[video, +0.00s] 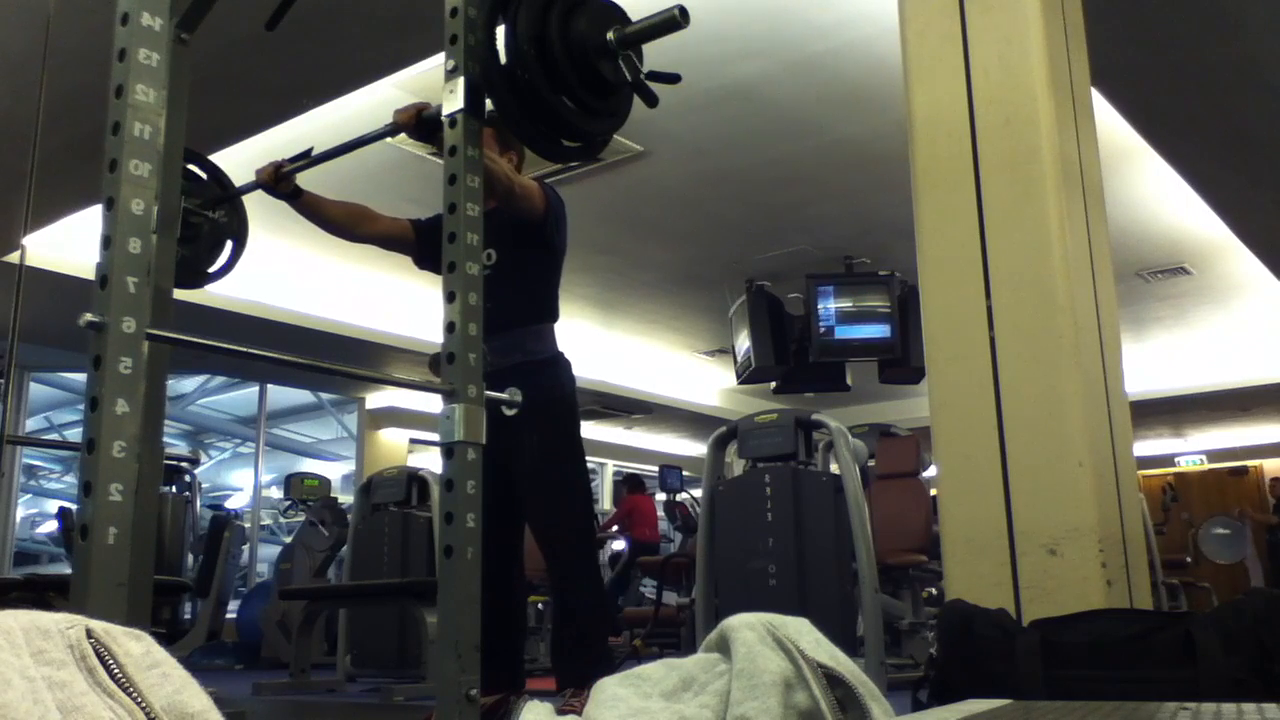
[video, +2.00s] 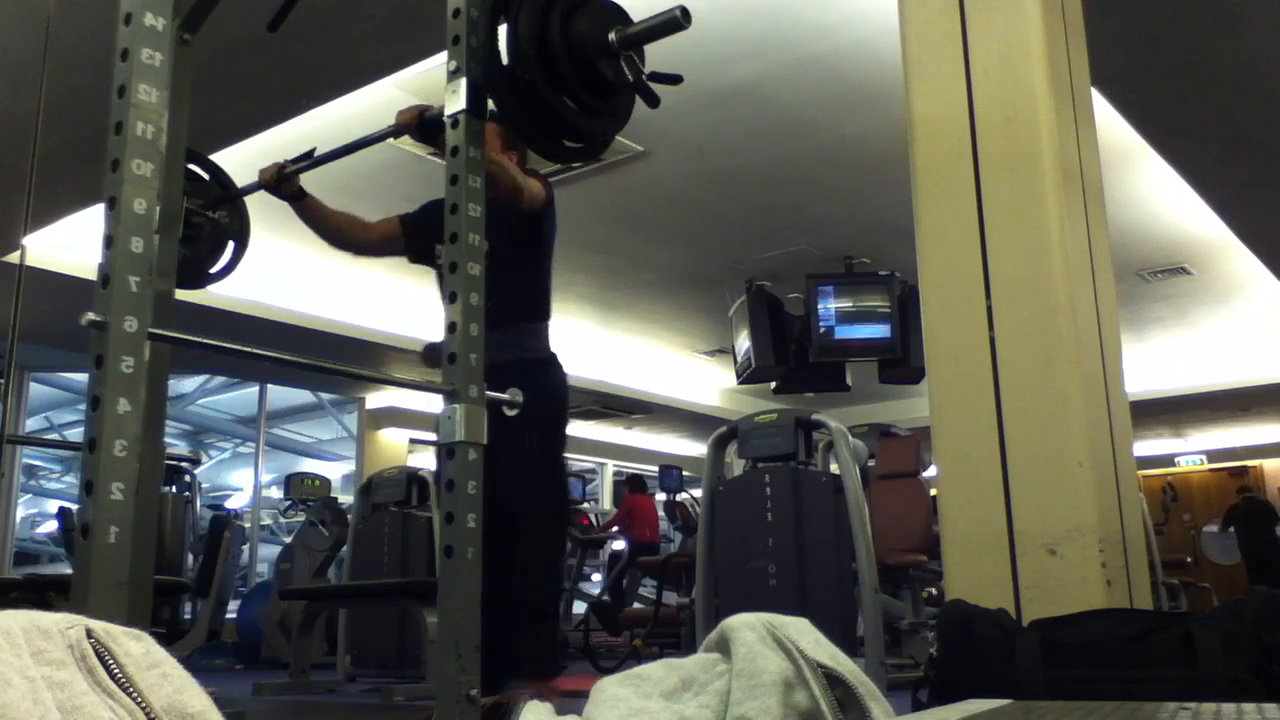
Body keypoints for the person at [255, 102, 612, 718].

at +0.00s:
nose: (467, 166)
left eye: (477, 154)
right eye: (461, 159)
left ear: (510, 155)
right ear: (458, 165)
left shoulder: (542, 208)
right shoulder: (457, 227)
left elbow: (504, 180)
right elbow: (369, 224)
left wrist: (441, 133)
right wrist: (295, 193)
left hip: (536, 384)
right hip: (475, 393)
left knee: (563, 538)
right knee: (487, 547)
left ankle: (580, 684)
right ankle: (497, 687)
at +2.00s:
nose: (470, 154)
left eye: (482, 143)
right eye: (465, 144)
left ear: (513, 152)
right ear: (455, 154)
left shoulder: (535, 198)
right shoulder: (447, 215)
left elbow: (506, 183)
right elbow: (361, 235)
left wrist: (443, 139)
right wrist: (296, 194)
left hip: (527, 383)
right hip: (469, 386)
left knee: (529, 532)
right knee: (472, 536)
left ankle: (532, 687)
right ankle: (485, 685)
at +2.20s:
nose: (428, 155)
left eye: (444, 146)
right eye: (427, 147)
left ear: (476, 156)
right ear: (427, 159)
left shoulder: (502, 208)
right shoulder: (407, 226)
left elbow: (499, 226)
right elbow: (331, 273)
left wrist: (436, 144)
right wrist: (291, 203)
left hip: (490, 397)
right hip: (421, 399)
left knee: (469, 544)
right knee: (370, 533)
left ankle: (475, 685)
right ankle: (437, 677)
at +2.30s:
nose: (403, 150)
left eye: (418, 140)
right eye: (399, 142)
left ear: (446, 153)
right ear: (393, 158)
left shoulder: (470, 206)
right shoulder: (382, 226)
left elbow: (469, 241)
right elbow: (304, 284)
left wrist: (434, 160)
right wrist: (281, 206)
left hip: (447, 404)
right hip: (386, 402)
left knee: (426, 553)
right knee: (298, 524)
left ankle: (445, 690)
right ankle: (343, 675)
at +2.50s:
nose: (373, 118)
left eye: (389, 114)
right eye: (370, 112)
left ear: (409, 140)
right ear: (354, 135)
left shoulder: (412, 195)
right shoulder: (315, 210)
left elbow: (399, 231)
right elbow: (240, 271)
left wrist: (412, 147)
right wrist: (258, 194)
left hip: (351, 379)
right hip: (287, 380)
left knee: (351, 546)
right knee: (220, 517)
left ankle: (432, 681)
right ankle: (250, 694)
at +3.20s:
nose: (404, 106)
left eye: (421, 103)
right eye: (404, 101)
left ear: (442, 130)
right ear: (390, 124)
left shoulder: (442, 178)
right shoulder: (354, 192)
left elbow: (414, 226)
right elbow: (267, 249)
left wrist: (440, 141)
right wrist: (300, 188)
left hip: (394, 352)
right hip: (325, 352)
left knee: (386, 516)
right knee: (275, 502)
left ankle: (399, 693)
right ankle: (258, 685)